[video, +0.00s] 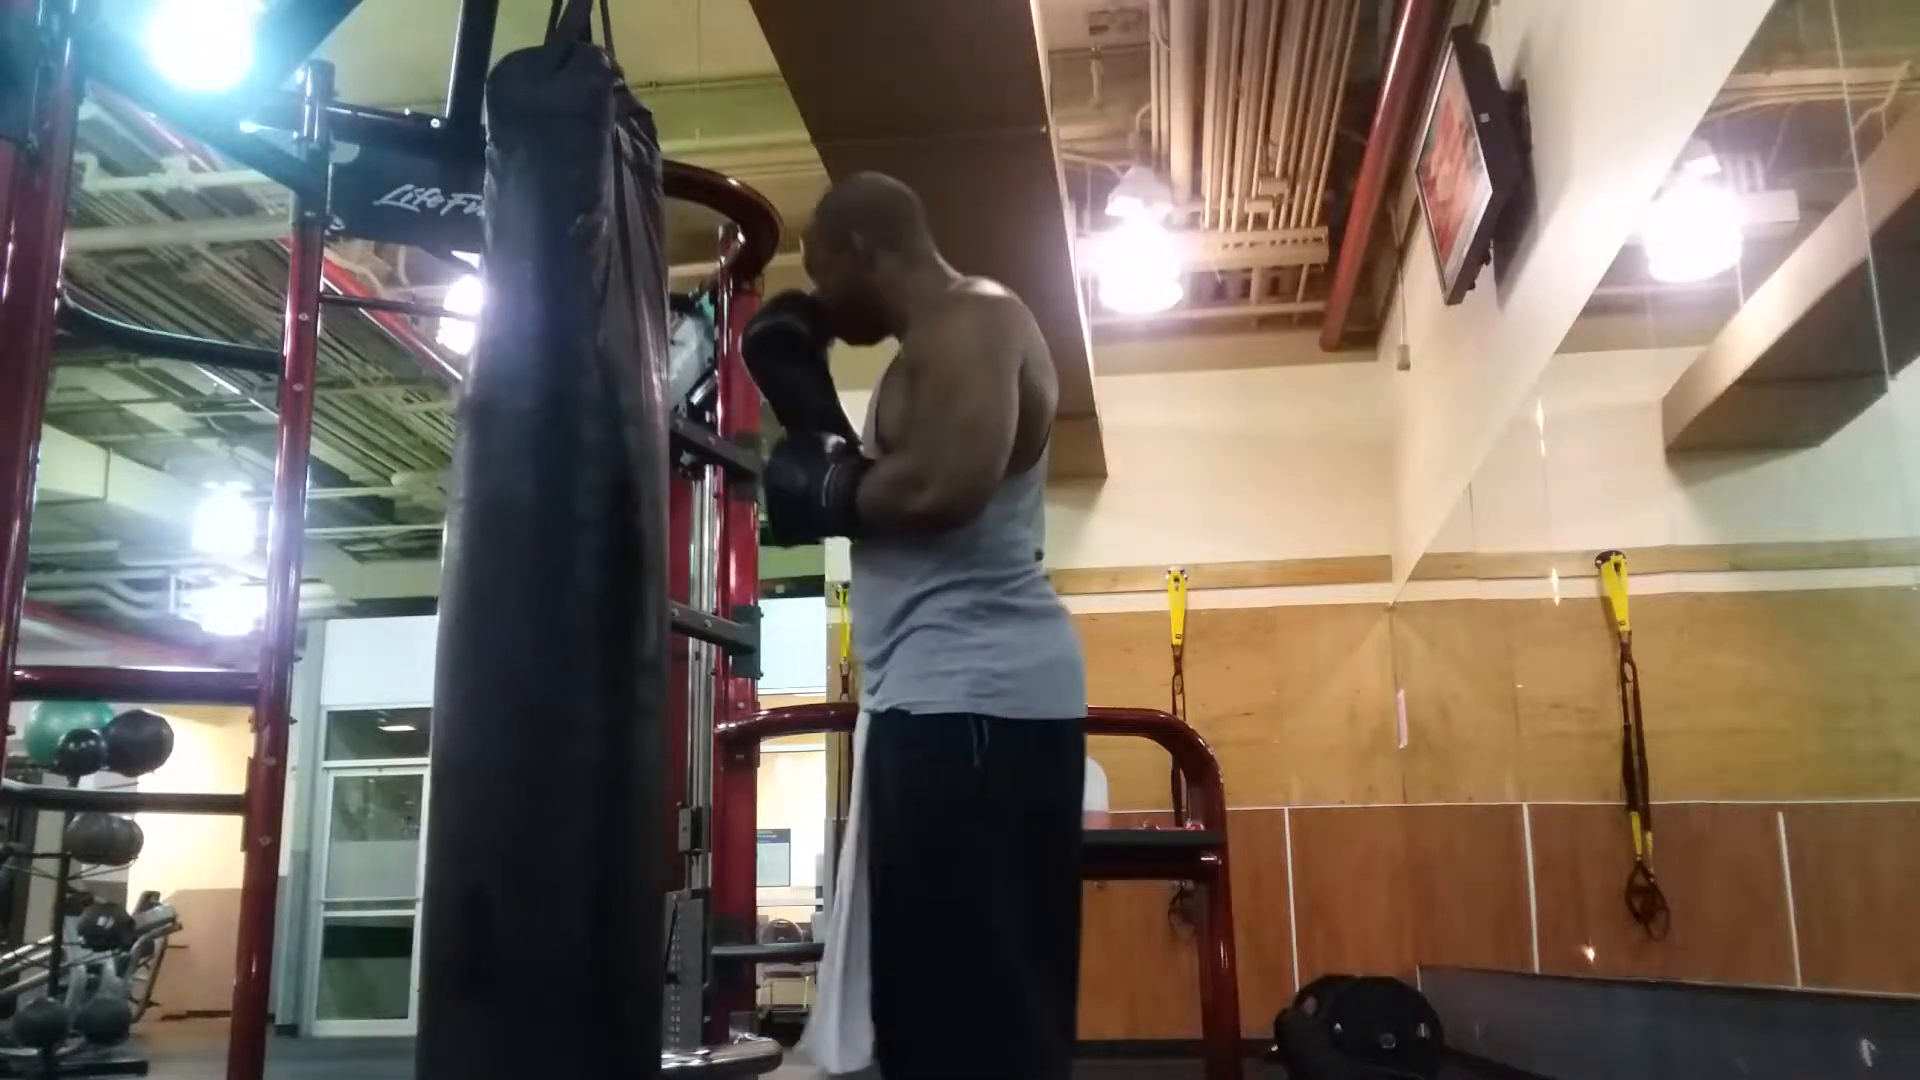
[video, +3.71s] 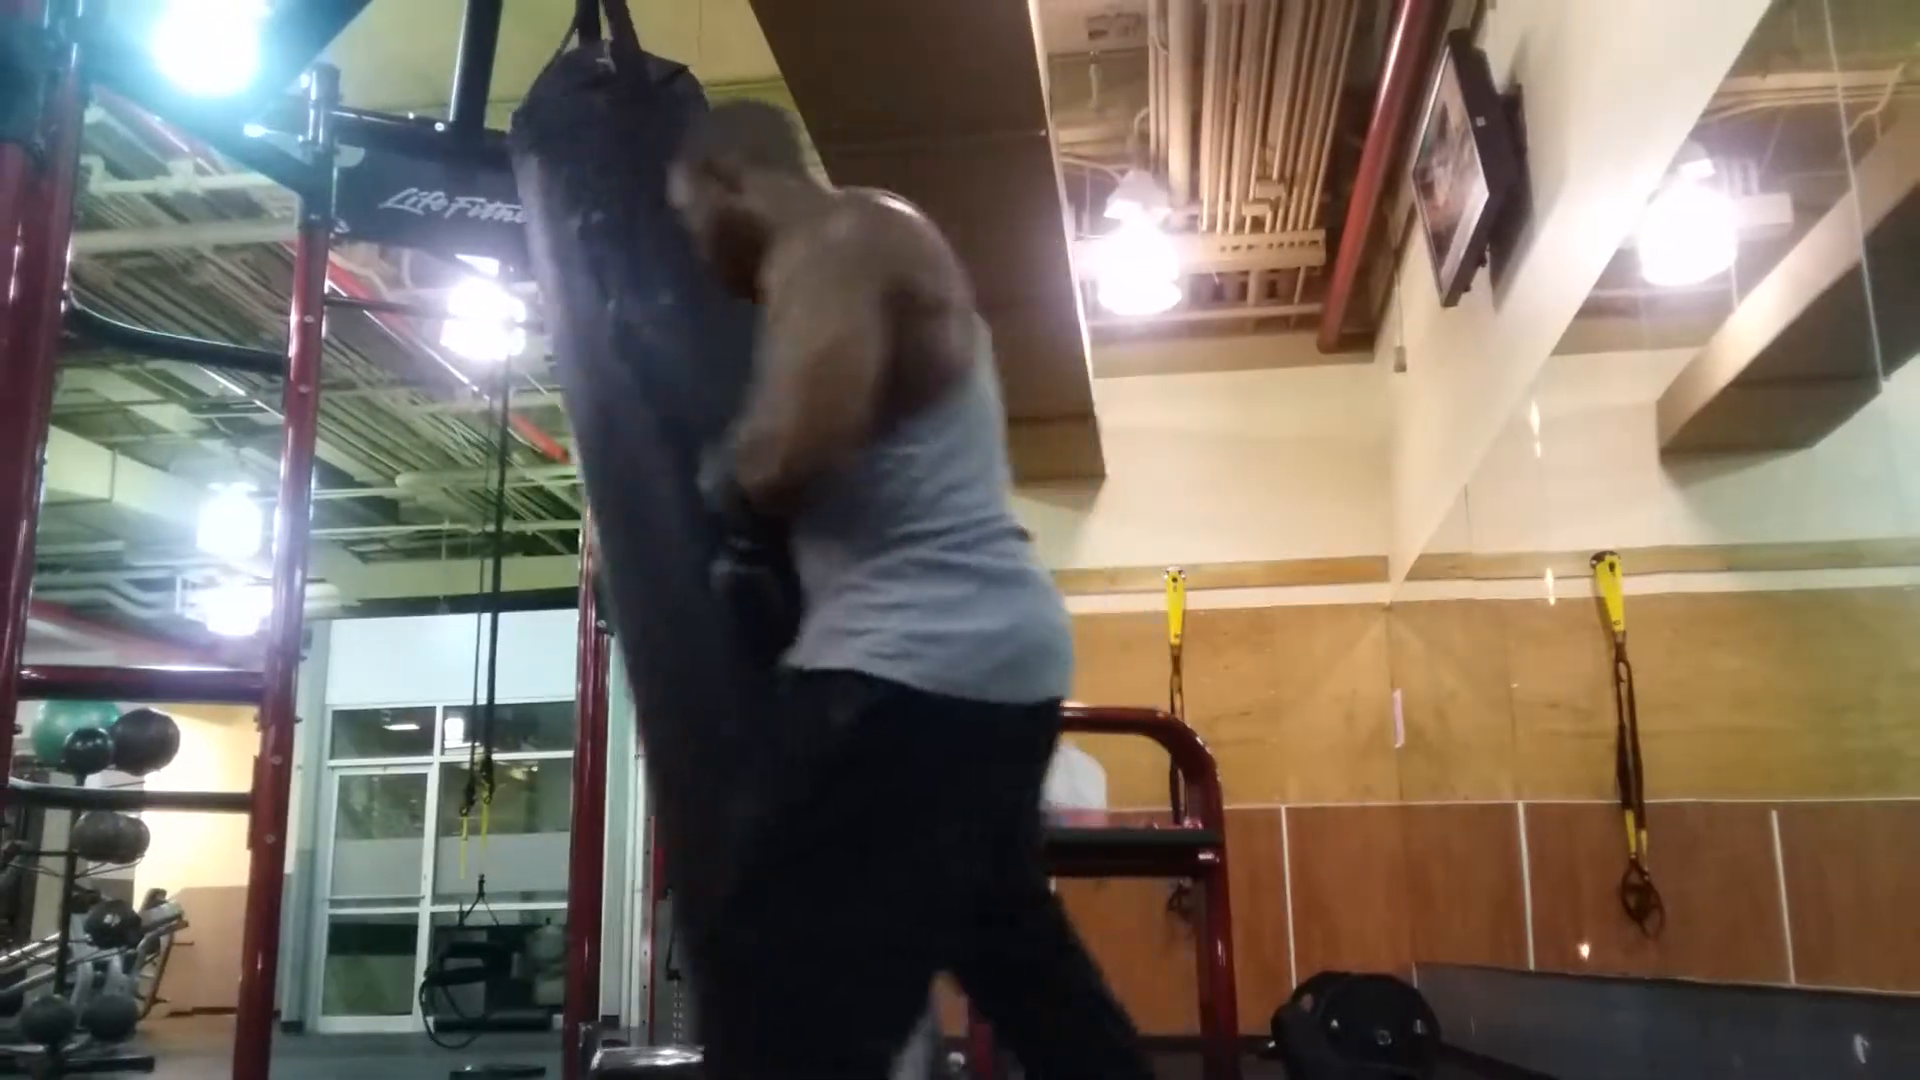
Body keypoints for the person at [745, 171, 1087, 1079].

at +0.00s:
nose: (816, 292)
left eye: (819, 270)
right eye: (812, 273)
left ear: (860, 255)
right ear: (899, 249)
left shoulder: (968, 319)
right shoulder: (921, 357)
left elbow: (943, 486)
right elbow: (867, 494)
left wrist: (828, 484)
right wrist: (808, 396)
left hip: (975, 700)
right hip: (935, 699)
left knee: (964, 1011)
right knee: (936, 1007)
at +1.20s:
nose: (744, 319)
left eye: (752, 295)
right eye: (742, 300)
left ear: (809, 284)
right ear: (841, 287)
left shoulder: (859, 332)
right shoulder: (915, 365)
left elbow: (818, 441)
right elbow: (836, 564)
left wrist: (712, 471)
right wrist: (699, 514)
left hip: (929, 707)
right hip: (965, 702)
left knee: (943, 1005)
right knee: (975, 1005)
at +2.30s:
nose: (781, 276)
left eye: (796, 255)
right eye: (784, 258)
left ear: (859, 259)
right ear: (862, 266)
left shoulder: (920, 333)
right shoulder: (863, 380)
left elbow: (877, 470)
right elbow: (902, 564)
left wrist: (786, 503)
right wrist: (814, 617)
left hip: (949, 689)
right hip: (905, 692)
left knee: (938, 994)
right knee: (920, 990)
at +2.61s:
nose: (816, 249)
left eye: (827, 223)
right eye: (819, 227)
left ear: (875, 214)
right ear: (908, 221)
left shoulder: (939, 300)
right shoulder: (981, 307)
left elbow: (881, 480)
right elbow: (998, 522)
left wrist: (827, 489)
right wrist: (890, 604)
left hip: (994, 691)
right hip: (1020, 687)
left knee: (982, 1019)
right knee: (1009, 1017)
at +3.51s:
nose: (813, 265)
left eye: (811, 235)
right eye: (803, 243)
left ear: (860, 201)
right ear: (894, 198)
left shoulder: (954, 269)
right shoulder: (1012, 270)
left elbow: (905, 473)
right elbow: (1083, 469)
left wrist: (839, 465)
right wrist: (895, 506)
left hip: (1002, 683)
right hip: (1069, 675)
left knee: (919, 994)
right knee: (1091, 979)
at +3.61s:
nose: (754, 251)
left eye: (751, 219)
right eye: (743, 228)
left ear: (801, 191)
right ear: (840, 190)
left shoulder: (905, 263)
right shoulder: (942, 260)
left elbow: (876, 463)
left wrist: (801, 480)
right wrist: (818, 457)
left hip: (960, 676)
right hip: (1021, 672)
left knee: (848, 1000)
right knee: (1066, 981)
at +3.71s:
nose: (691, 240)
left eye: (685, 211)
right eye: (682, 218)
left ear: (718, 181)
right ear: (781, 165)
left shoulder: (833, 238)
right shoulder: (895, 236)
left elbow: (798, 435)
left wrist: (726, 470)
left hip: (908, 663)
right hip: (997, 658)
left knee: (789, 977)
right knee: (1007, 940)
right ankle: (1109, 1072)